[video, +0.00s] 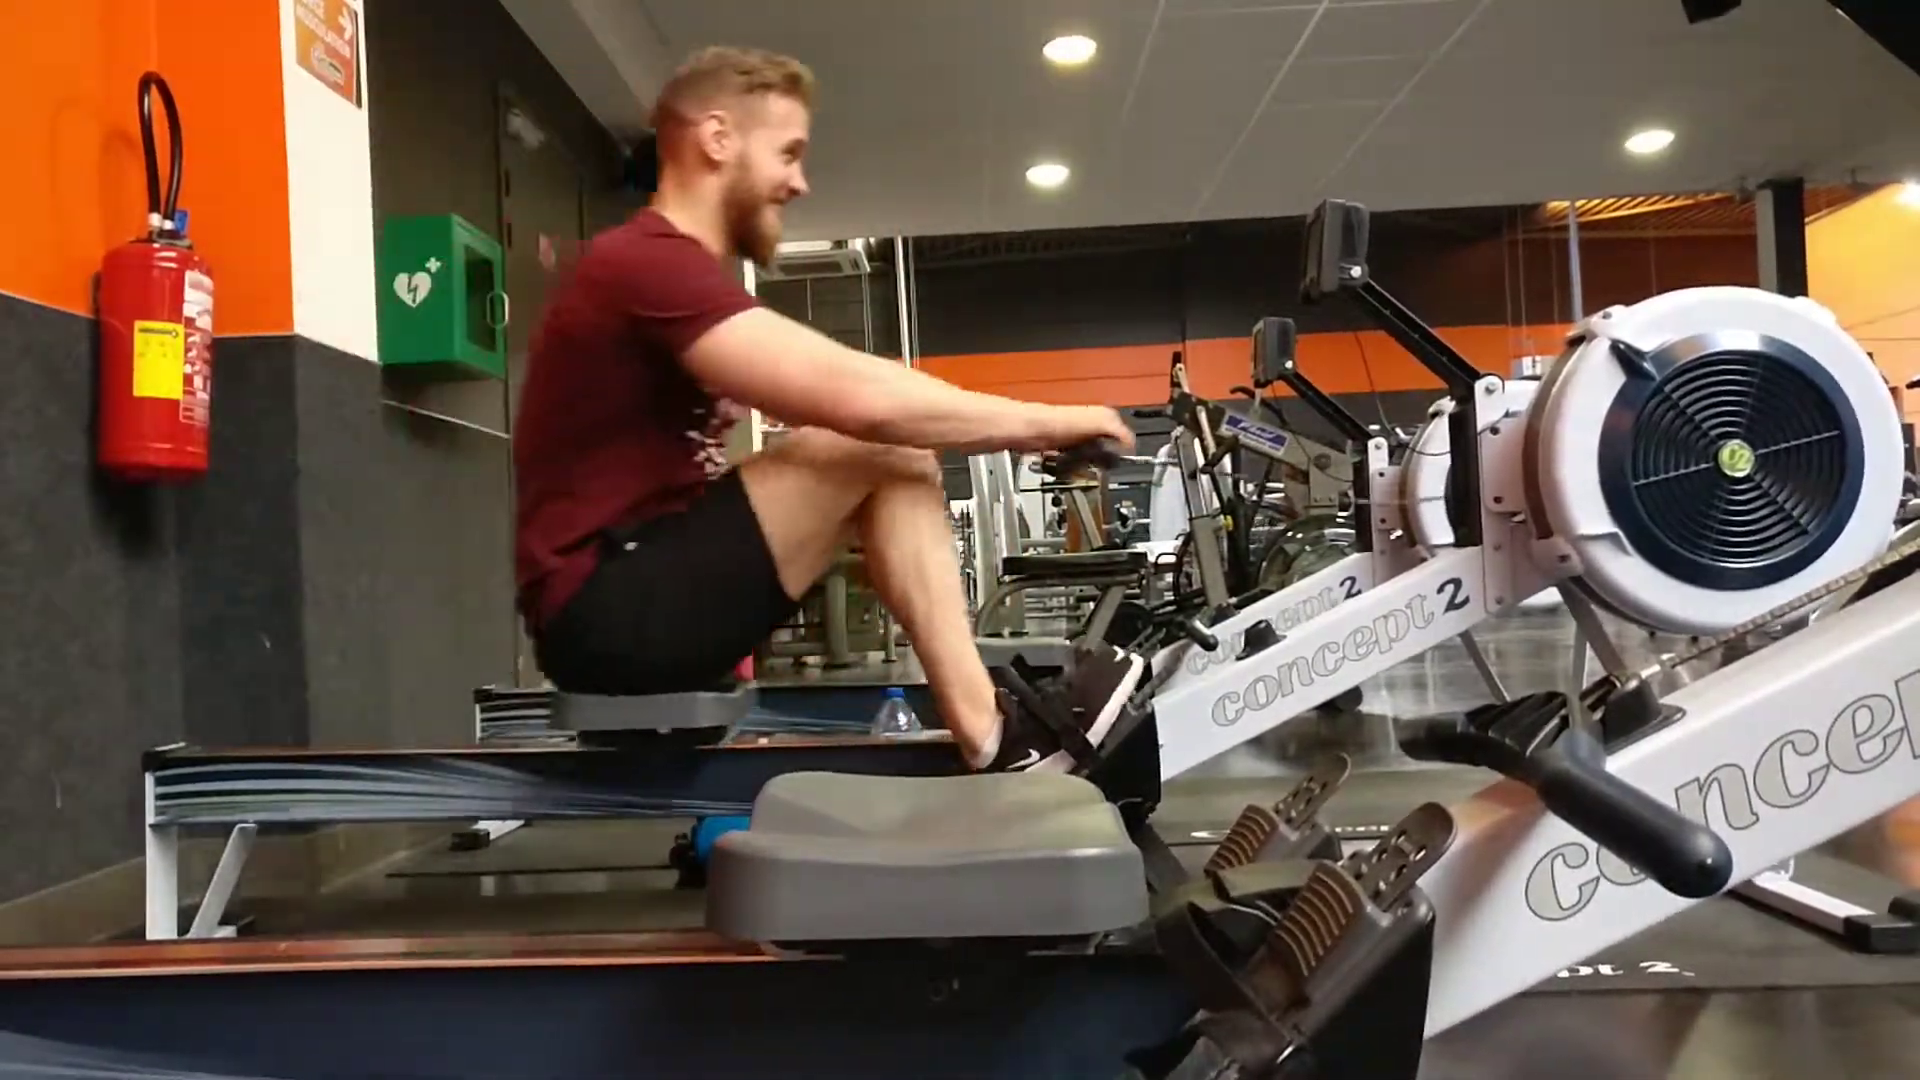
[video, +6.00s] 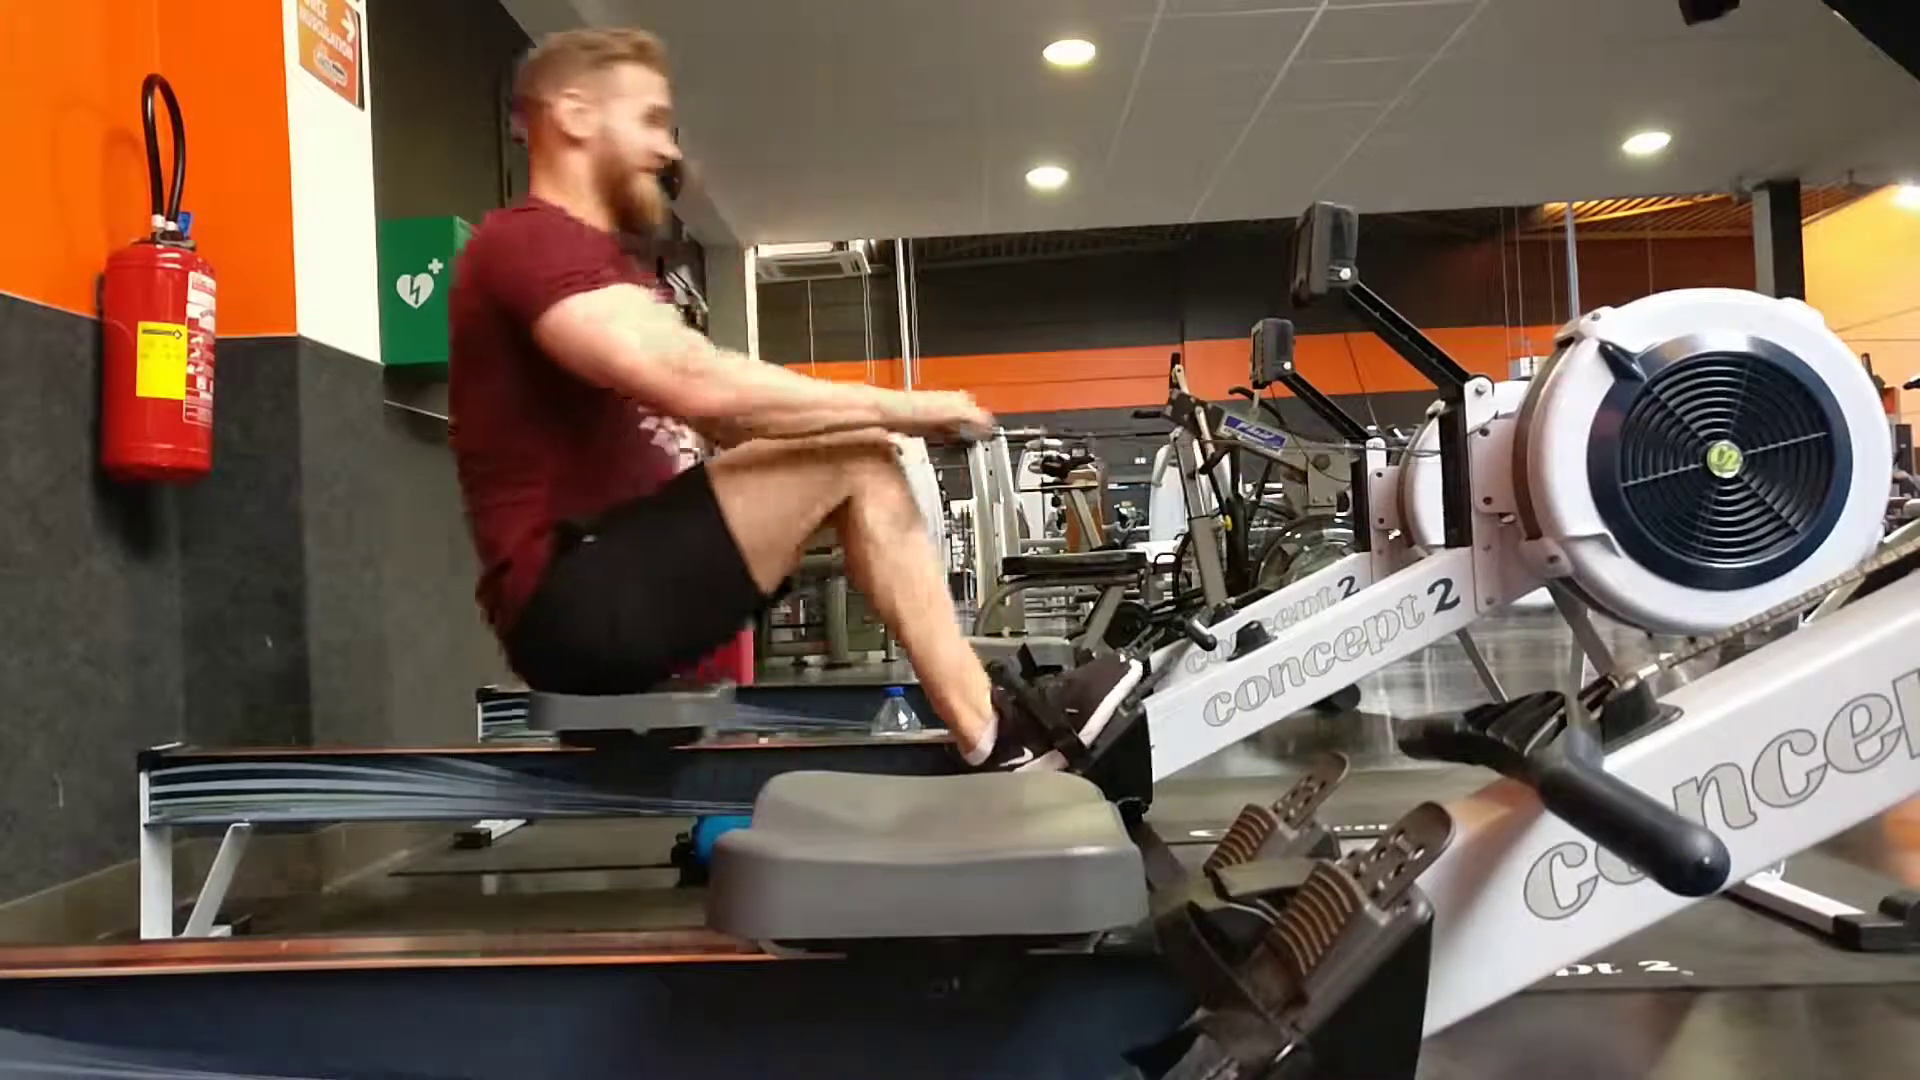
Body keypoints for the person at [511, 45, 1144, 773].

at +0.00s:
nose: (800, 183)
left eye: (802, 160)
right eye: (788, 153)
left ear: (716, 145)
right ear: (714, 138)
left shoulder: (667, 269)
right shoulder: (646, 266)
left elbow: (847, 392)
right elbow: (855, 397)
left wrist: (1026, 422)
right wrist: (1034, 422)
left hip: (630, 604)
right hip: (611, 615)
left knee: (872, 444)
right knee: (889, 452)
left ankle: (976, 716)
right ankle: (983, 731)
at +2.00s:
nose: (535, 150)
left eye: (535, 129)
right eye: (516, 125)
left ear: (446, 122)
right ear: (431, 114)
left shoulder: (485, 267)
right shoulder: (402, 260)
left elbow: (614, 412)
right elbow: (571, 413)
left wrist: (786, 426)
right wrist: (787, 422)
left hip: (534, 589)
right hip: (487, 607)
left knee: (803, 485)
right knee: (798, 490)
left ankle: (986, 723)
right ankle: (991, 737)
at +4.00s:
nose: (761, 189)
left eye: (763, 165)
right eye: (751, 158)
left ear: (678, 145)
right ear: (672, 139)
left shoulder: (649, 284)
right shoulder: (585, 266)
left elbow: (777, 398)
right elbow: (769, 401)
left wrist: (941, 424)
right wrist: (954, 414)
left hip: (621, 608)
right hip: (587, 619)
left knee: (878, 457)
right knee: (876, 461)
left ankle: (973, 718)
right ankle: (977, 735)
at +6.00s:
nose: (673, 150)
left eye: (669, 126)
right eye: (653, 120)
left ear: (576, 124)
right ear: (569, 120)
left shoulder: (608, 265)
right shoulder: (529, 242)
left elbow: (719, 411)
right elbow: (699, 387)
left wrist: (892, 411)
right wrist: (901, 407)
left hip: (613, 600)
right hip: (572, 608)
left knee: (866, 447)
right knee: (863, 455)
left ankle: (982, 719)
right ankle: (986, 737)